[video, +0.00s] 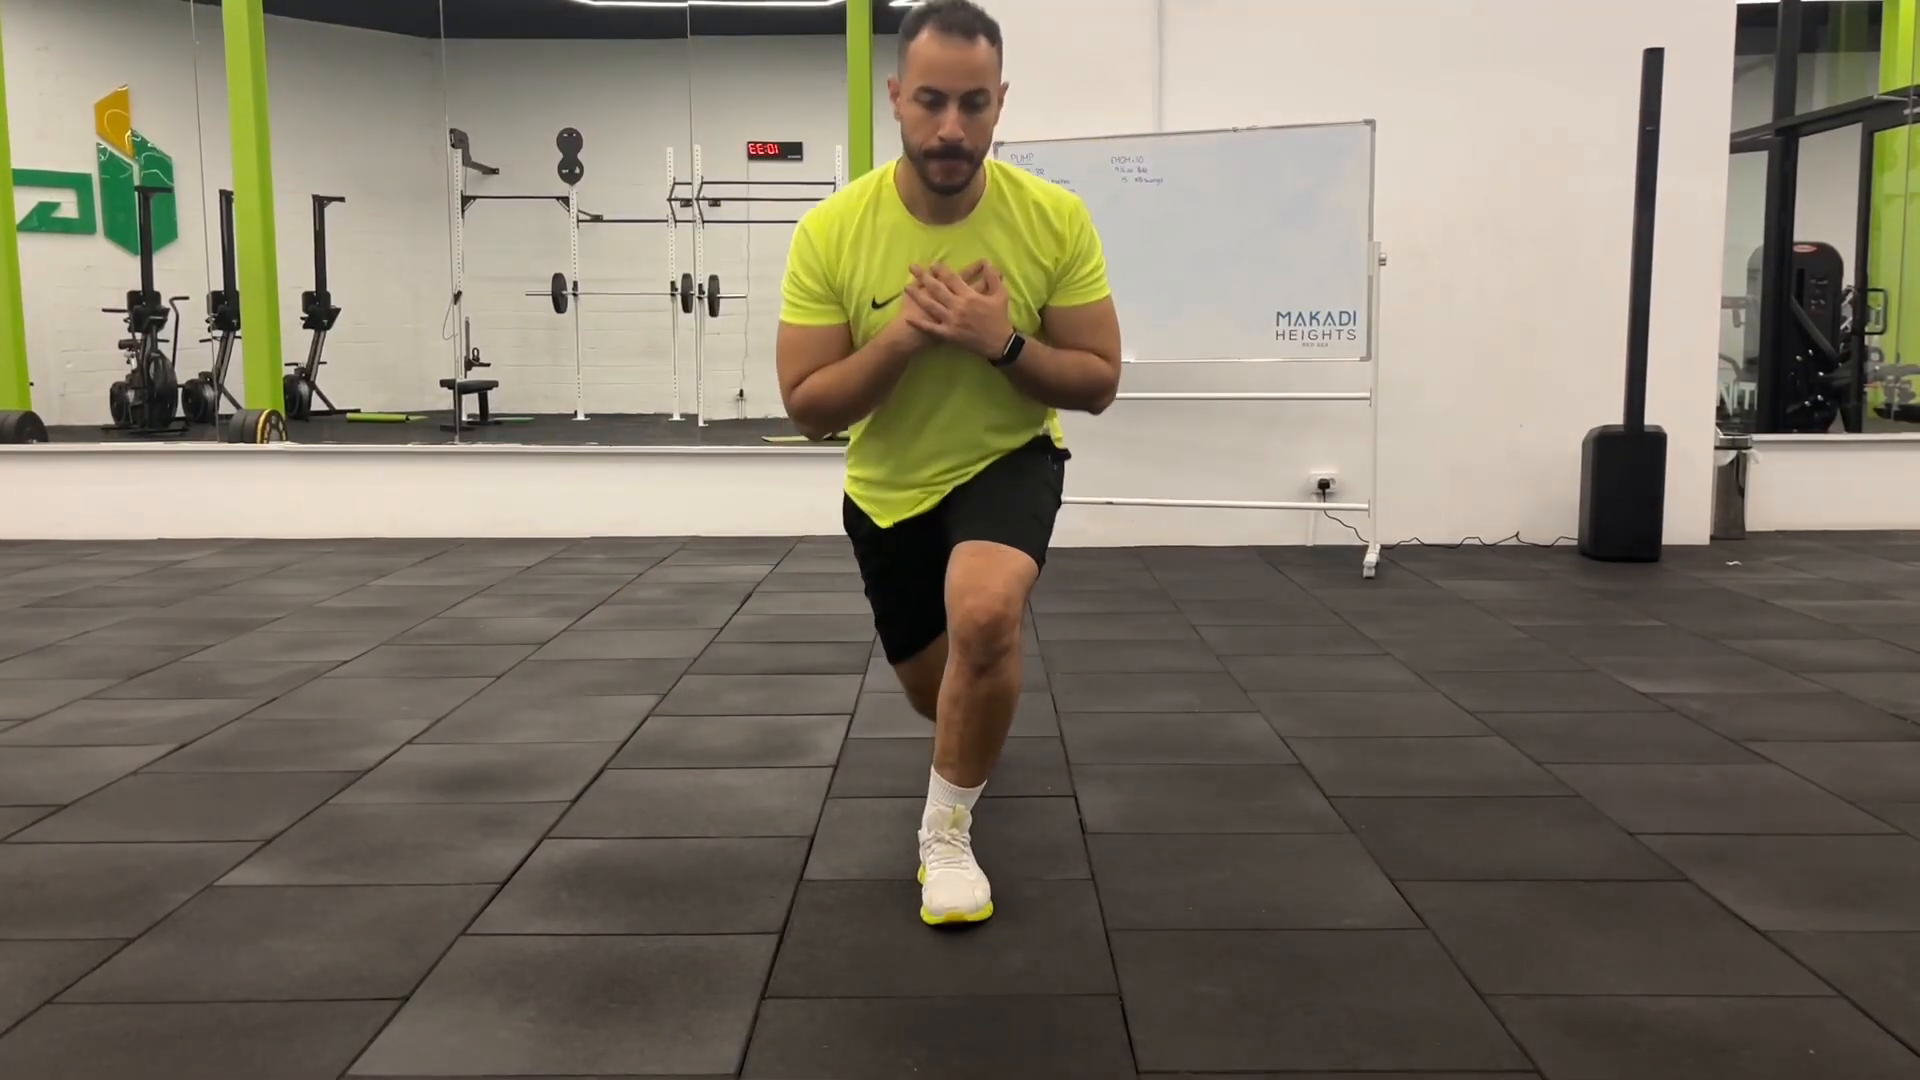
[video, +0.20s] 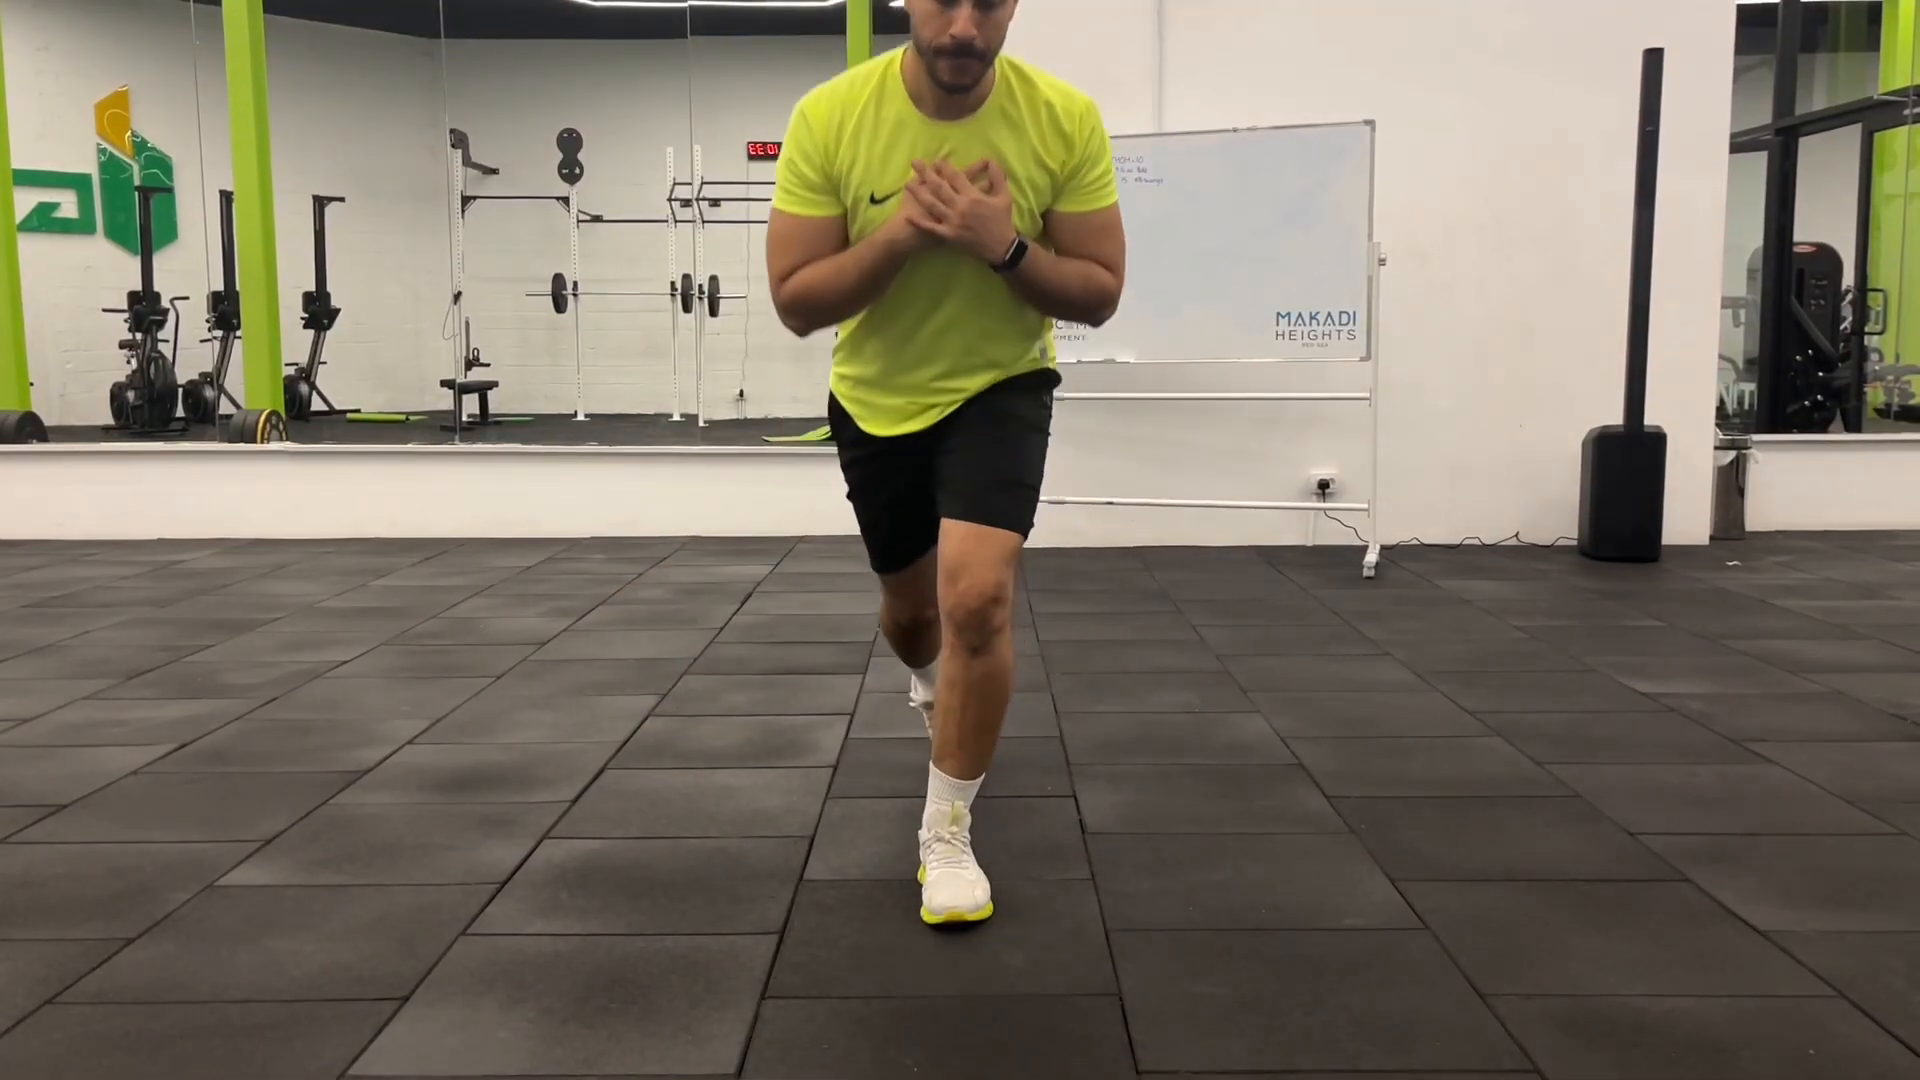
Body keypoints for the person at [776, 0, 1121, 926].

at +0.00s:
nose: (951, 130)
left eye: (974, 105)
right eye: (930, 102)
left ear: (1000, 103)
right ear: (896, 98)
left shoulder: (1054, 221)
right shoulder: (832, 232)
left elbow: (1099, 383)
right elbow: (809, 404)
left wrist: (1004, 342)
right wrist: (905, 332)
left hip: (1010, 453)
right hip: (889, 480)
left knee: (985, 618)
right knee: (930, 691)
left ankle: (948, 831)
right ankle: (978, 707)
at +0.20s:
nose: (965, 26)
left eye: (988, 5)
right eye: (944, 3)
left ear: (1013, 12)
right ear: (907, 4)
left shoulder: (1064, 121)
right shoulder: (828, 119)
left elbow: (1099, 294)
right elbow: (796, 303)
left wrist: (1004, 246)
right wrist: (899, 232)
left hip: (1001, 379)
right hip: (876, 391)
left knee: (977, 602)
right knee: (911, 615)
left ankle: (948, 830)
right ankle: (933, 691)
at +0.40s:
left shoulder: (1064, 45)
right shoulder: (828, 34)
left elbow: (1100, 232)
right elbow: (789, 225)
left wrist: (999, 166)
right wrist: (891, 148)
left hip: (995, 340)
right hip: (860, 340)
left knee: (969, 586)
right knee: (859, 592)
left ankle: (948, 827)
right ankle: (879, 707)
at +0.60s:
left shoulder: (1059, 13)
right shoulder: (818, 8)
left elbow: (1092, 192)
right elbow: (779, 181)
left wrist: (986, 109)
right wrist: (871, 88)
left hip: (983, 327)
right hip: (841, 317)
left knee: (959, 576)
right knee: (804, 573)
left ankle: (947, 834)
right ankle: (776, 787)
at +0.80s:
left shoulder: (1034, 7)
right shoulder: (797, 3)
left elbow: (1072, 182)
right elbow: (759, 172)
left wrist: (974, 89)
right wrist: (864, 66)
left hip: (965, 324)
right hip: (822, 317)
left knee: (952, 574)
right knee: (782, 571)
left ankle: (948, 838)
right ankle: (743, 813)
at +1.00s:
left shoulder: (1021, 6)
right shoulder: (785, 1)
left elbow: (1060, 177)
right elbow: (747, 163)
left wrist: (973, 81)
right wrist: (863, 56)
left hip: (957, 322)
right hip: (813, 315)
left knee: (947, 578)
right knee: (777, 572)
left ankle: (948, 841)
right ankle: (742, 813)